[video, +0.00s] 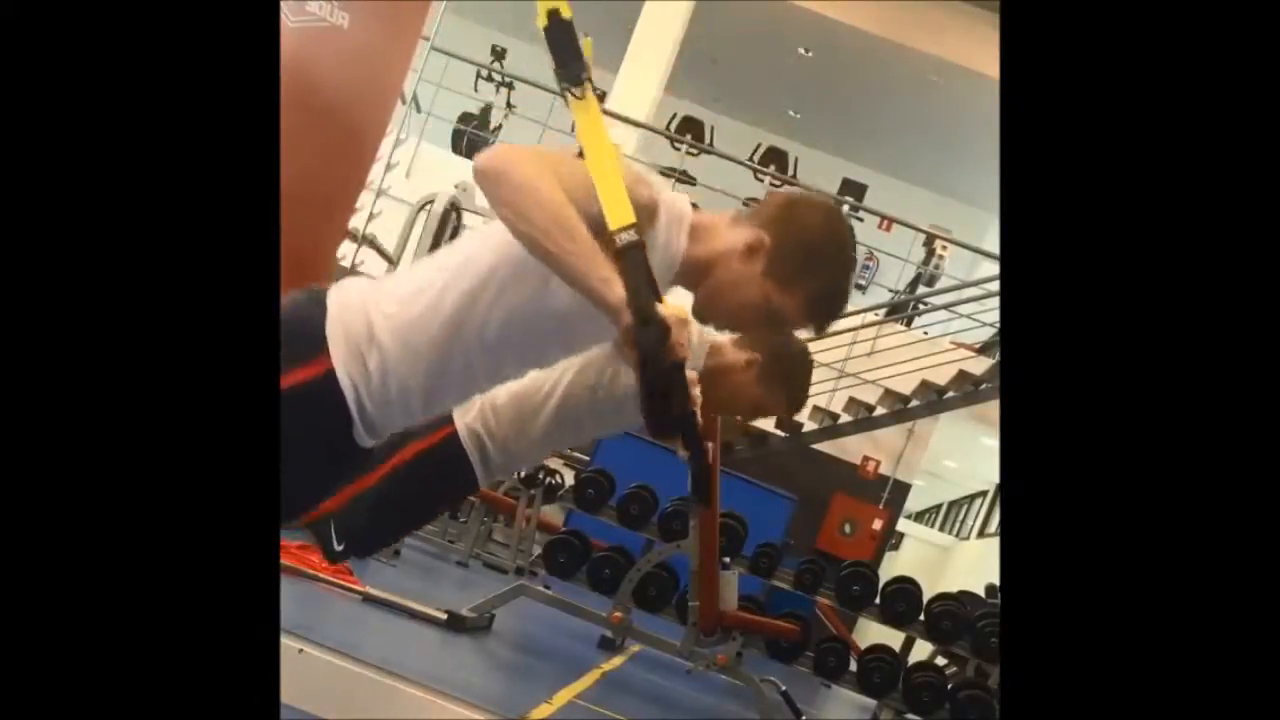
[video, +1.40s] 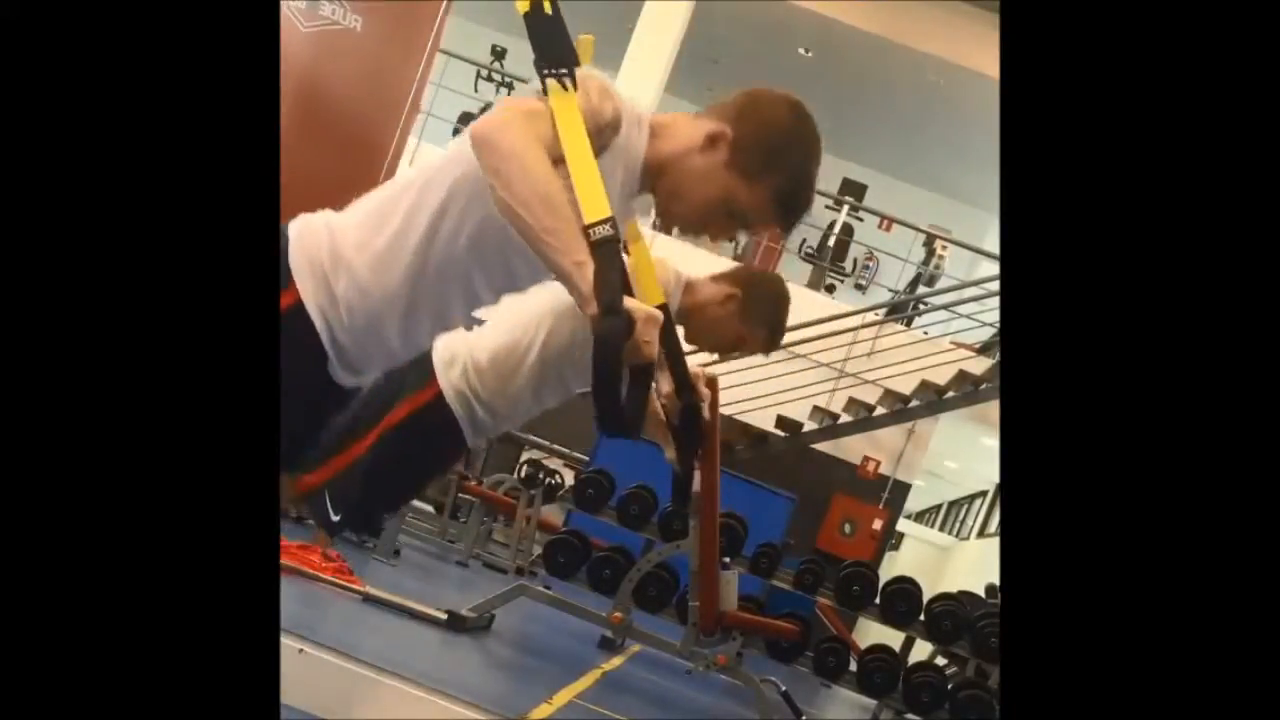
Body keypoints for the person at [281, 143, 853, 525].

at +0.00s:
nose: (749, 331)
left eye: (769, 328)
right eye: (768, 315)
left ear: (754, 251)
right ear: (753, 251)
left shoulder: (670, 289)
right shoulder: (645, 202)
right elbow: (504, 168)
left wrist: (668, 408)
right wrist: (629, 307)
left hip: (367, 426)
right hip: (326, 367)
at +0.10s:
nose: (754, 372)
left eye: (776, 373)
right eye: (775, 359)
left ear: (764, 288)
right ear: (767, 294)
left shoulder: (679, 334)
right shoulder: (666, 246)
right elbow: (517, 172)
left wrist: (672, 410)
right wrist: (644, 316)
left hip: (366, 443)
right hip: (333, 393)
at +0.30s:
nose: (758, 434)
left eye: (776, 436)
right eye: (777, 425)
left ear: (780, 355)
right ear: (783, 360)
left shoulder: (693, 391)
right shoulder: (674, 285)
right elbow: (529, 170)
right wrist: (623, 312)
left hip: (368, 471)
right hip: (338, 424)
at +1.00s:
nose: (757, 375)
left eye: (776, 376)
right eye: (776, 362)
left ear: (768, 291)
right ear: (770, 294)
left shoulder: (681, 336)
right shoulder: (664, 244)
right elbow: (515, 157)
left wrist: (666, 405)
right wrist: (629, 311)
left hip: (364, 440)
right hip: (329, 384)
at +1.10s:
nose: (745, 333)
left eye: (767, 330)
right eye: (766, 316)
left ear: (760, 248)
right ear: (758, 248)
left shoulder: (659, 288)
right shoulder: (642, 195)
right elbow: (506, 152)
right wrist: (615, 308)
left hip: (364, 422)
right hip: (325, 361)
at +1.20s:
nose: (738, 295)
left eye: (758, 292)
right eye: (756, 280)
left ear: (745, 205)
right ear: (747, 208)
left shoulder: (654, 250)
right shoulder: (630, 158)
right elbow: (503, 145)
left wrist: (659, 401)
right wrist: (615, 302)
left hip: (362, 404)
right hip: (318, 340)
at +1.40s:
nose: (716, 235)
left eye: (735, 231)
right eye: (732, 213)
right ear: (716, 141)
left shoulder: (624, 209)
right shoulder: (605, 107)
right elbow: (501, 134)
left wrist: (663, 383)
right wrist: (596, 287)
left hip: (352, 365)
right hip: (305, 303)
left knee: (287, 482)